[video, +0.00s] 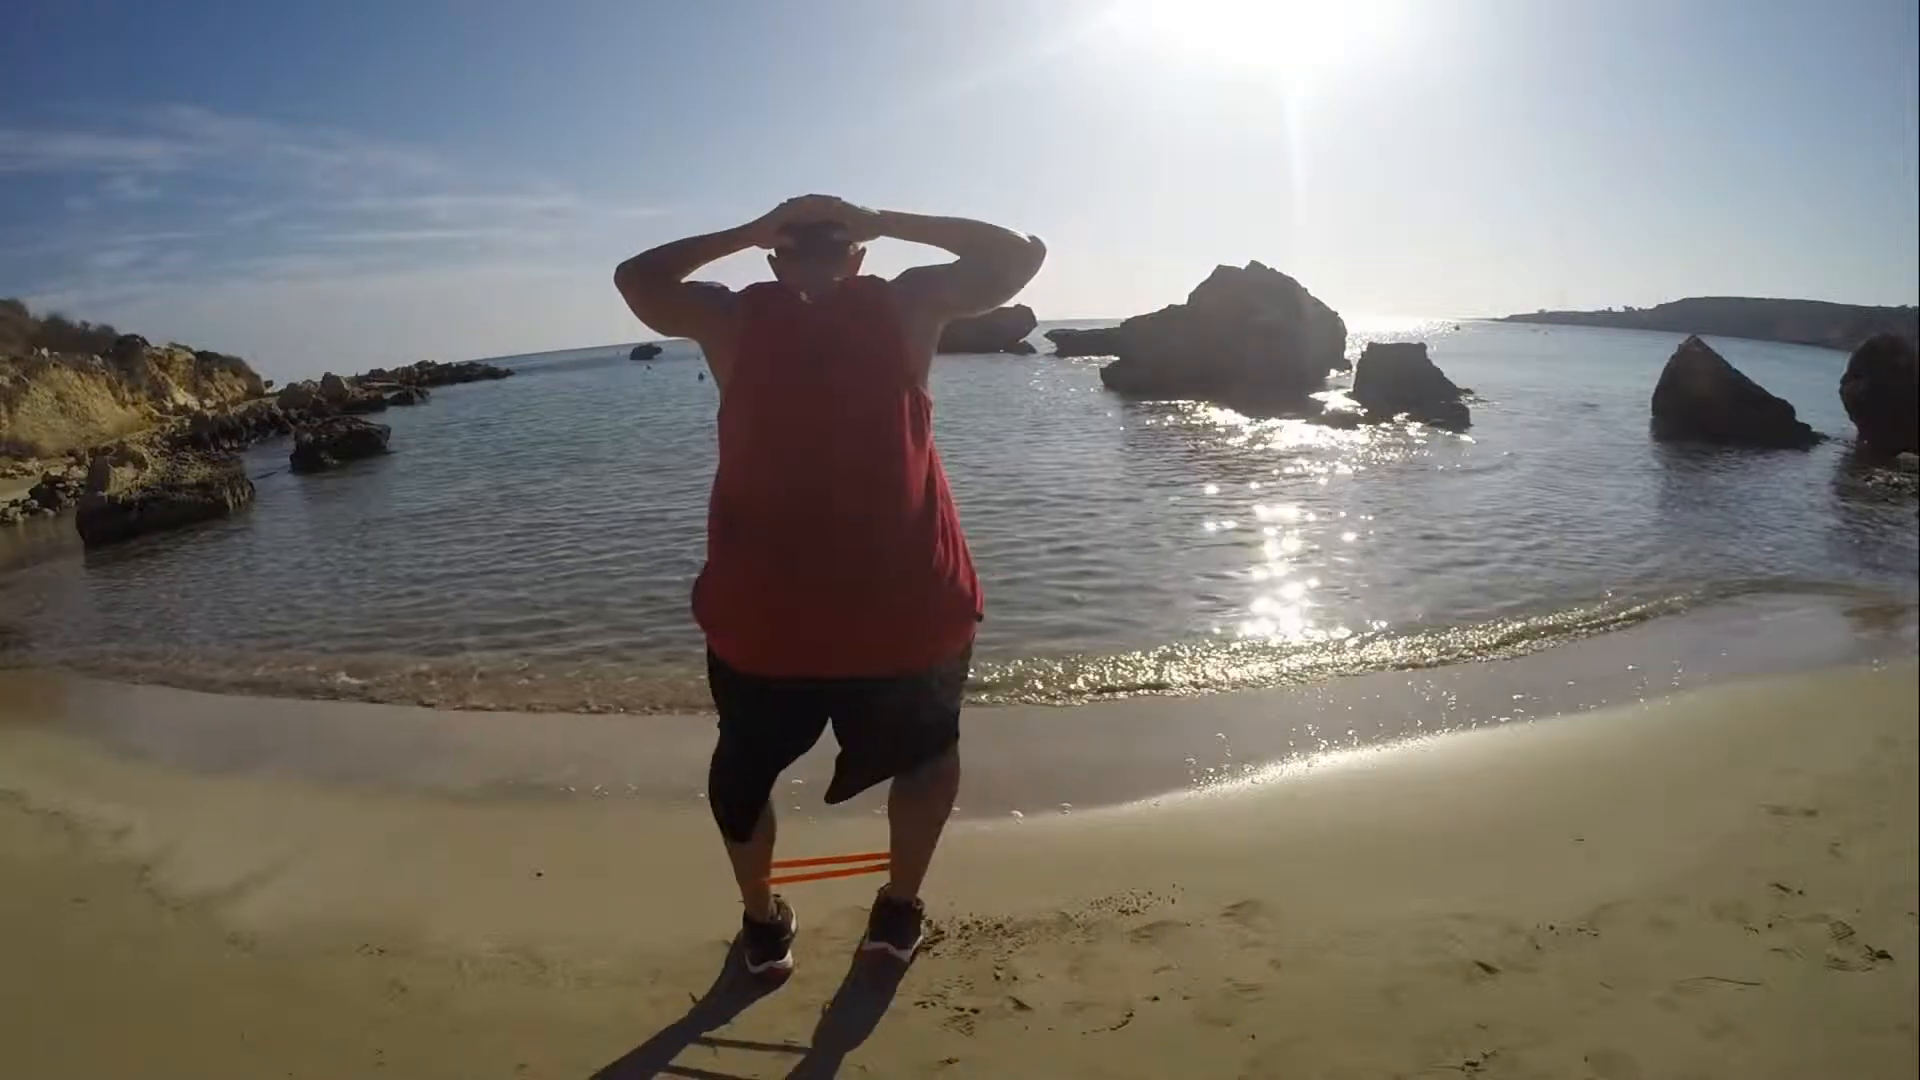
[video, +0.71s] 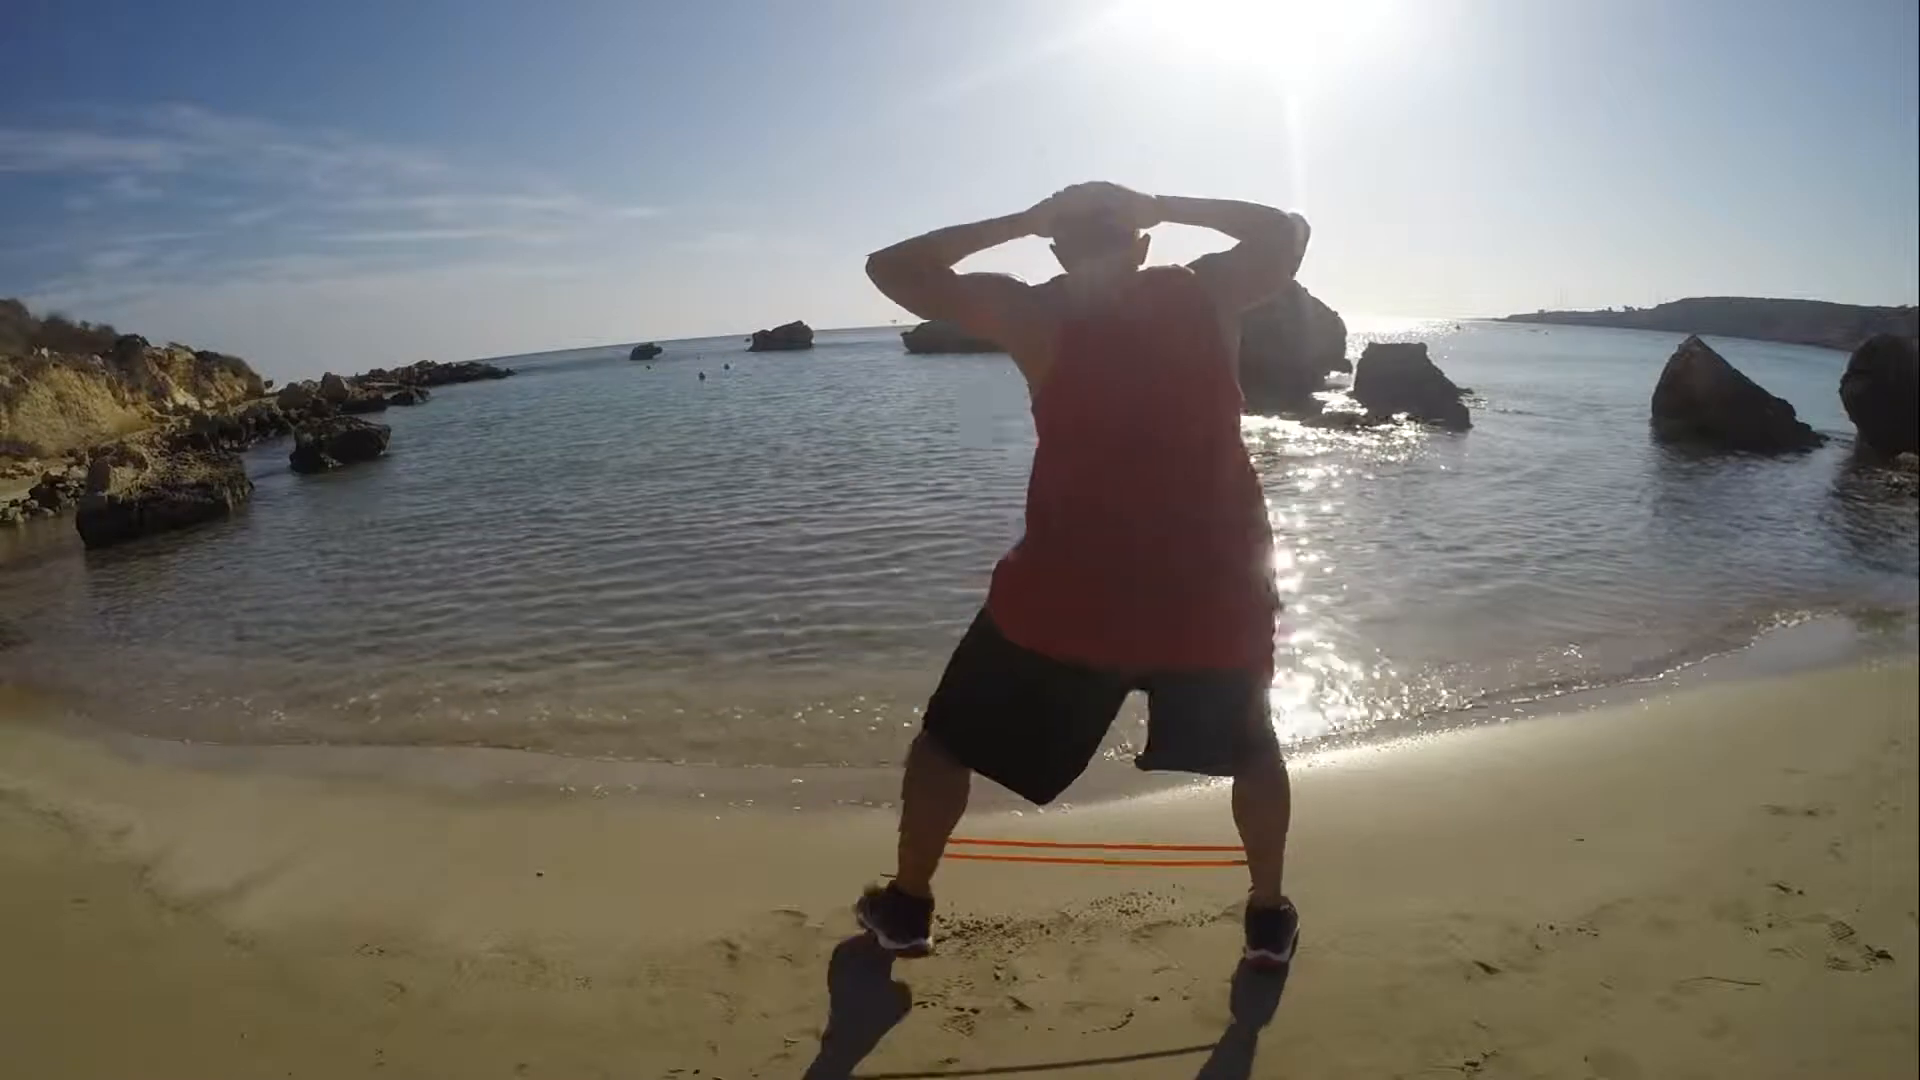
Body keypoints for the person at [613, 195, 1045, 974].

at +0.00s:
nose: (805, 248)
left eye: (807, 237)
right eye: (807, 236)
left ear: (773, 253)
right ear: (861, 251)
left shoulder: (730, 317)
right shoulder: (912, 306)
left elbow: (637, 279)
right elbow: (1019, 254)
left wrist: (750, 232)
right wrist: (889, 222)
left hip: (763, 597)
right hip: (900, 592)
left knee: (740, 775)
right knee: (927, 750)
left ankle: (762, 924)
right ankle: (899, 910)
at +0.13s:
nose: (812, 245)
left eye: (805, 235)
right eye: (824, 232)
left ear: (777, 252)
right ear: (863, 248)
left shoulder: (733, 318)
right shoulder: (913, 301)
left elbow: (641, 281)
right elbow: (1020, 246)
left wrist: (749, 232)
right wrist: (886, 217)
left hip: (782, 588)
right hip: (926, 577)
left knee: (768, 764)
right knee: (1002, 733)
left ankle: (764, 923)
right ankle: (1008, 899)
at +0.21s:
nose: (823, 246)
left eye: (816, 233)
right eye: (834, 230)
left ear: (787, 250)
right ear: (872, 246)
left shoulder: (746, 318)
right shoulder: (922, 297)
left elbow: (652, 282)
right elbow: (1031, 237)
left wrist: (759, 232)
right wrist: (893, 212)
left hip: (806, 585)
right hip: (955, 568)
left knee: (776, 755)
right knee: (1064, 725)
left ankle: (767, 920)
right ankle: (1120, 884)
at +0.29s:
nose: (857, 241)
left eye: (839, 235)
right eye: (866, 233)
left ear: (808, 256)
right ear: (892, 248)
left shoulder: (771, 321)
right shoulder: (950, 296)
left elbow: (672, 284)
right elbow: (1055, 235)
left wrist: (780, 235)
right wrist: (917, 215)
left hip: (837, 588)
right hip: (986, 570)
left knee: (785, 758)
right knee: (1121, 725)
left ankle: (771, 922)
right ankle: (1205, 871)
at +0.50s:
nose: (951, 270)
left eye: (944, 259)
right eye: (963, 255)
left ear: (924, 274)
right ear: (1010, 267)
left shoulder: (892, 341)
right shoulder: (1071, 320)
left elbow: (773, 297)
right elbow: (1169, 250)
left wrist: (893, 246)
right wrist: (1031, 230)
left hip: (943, 618)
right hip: (1092, 614)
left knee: (835, 769)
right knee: (1187, 755)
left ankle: (780, 918)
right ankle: (1262, 909)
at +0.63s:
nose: (1032, 260)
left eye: (1033, 245)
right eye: (1038, 243)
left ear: (1019, 255)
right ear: (1094, 248)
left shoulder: (987, 328)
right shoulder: (1164, 307)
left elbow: (854, 284)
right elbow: (1246, 241)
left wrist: (975, 236)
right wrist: (1127, 218)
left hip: (1027, 594)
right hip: (1172, 597)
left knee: (896, 748)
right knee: (1235, 755)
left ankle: (816, 899)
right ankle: (1264, 909)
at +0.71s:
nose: (1072, 245)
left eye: (1070, 233)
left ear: (1058, 246)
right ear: (1140, 237)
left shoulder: (1036, 312)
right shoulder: (1208, 294)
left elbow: (891, 268)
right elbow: (1284, 230)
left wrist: (1024, 222)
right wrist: (1165, 206)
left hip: (1070, 578)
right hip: (1210, 587)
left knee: (946, 735)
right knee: (1255, 749)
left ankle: (908, 901)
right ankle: (1268, 912)